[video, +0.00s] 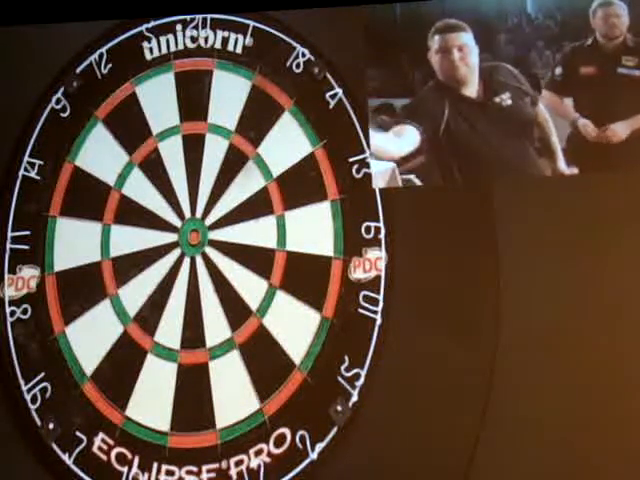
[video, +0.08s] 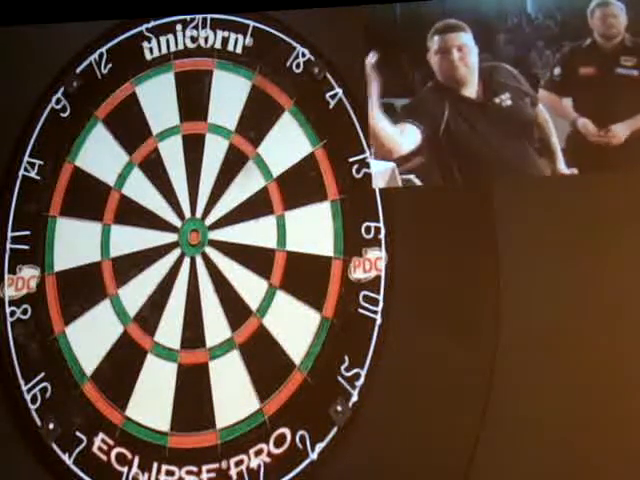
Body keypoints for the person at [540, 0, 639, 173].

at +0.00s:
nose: (612, 22)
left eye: (618, 16)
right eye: (605, 17)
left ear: (628, 20)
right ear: (593, 22)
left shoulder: (636, 54)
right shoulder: (575, 55)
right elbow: (549, 96)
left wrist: (628, 126)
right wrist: (578, 121)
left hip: (629, 157)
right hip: (584, 156)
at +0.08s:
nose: (609, 22)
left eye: (615, 16)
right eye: (603, 17)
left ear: (625, 20)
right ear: (591, 22)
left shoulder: (635, 53)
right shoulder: (573, 55)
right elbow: (546, 94)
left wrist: (626, 128)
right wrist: (577, 121)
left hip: (629, 158)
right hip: (583, 157)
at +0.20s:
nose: (606, 22)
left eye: (612, 16)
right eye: (600, 17)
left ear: (623, 21)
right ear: (588, 22)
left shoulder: (635, 53)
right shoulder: (572, 55)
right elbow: (545, 93)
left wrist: (626, 128)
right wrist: (576, 120)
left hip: (628, 158)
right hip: (582, 157)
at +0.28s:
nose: (605, 22)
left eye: (610, 16)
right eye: (598, 17)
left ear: (622, 20)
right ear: (587, 22)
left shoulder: (635, 53)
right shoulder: (572, 56)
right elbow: (543, 93)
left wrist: (625, 128)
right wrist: (574, 119)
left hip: (628, 157)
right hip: (582, 155)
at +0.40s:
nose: (600, 21)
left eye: (605, 16)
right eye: (593, 17)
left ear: (617, 20)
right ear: (582, 22)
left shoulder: (635, 54)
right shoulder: (569, 58)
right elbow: (540, 94)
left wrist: (620, 129)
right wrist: (569, 120)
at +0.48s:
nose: (593, 21)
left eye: (599, 16)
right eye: (587, 17)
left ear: (610, 21)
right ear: (576, 23)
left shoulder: (632, 56)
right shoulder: (558, 59)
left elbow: (638, 108)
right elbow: (543, 100)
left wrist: (613, 129)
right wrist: (562, 120)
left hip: (621, 160)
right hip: (573, 160)